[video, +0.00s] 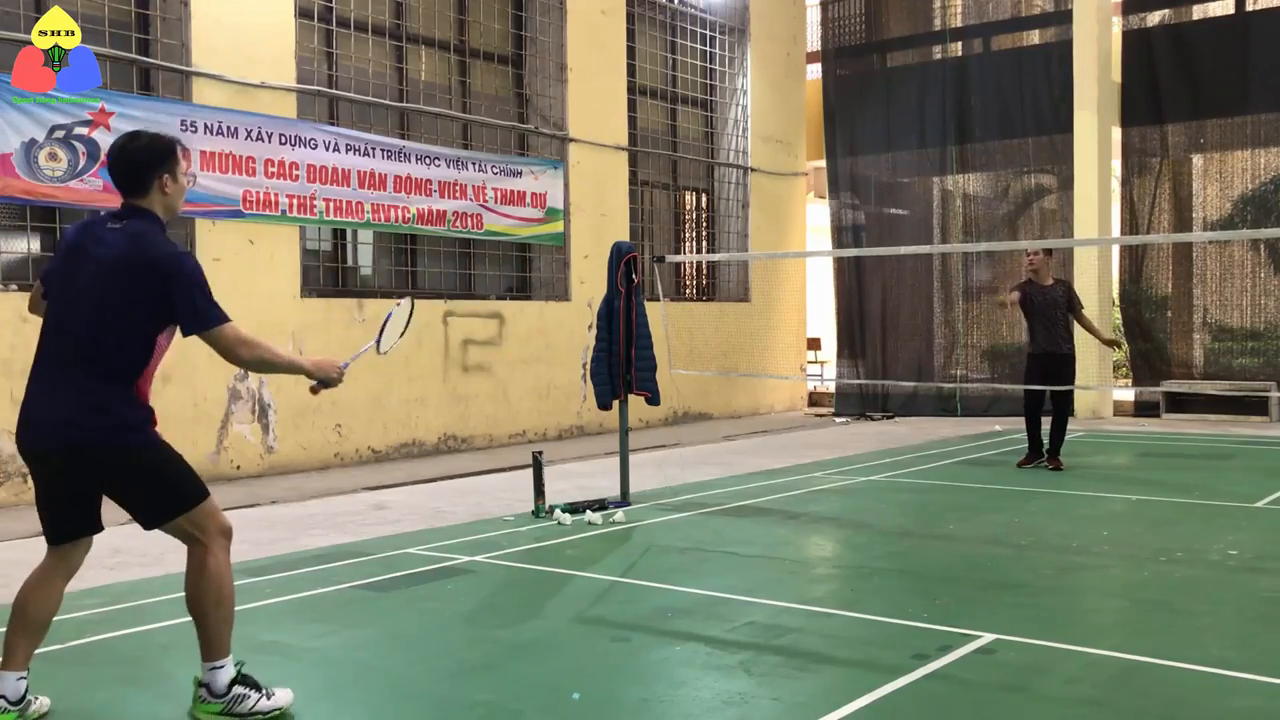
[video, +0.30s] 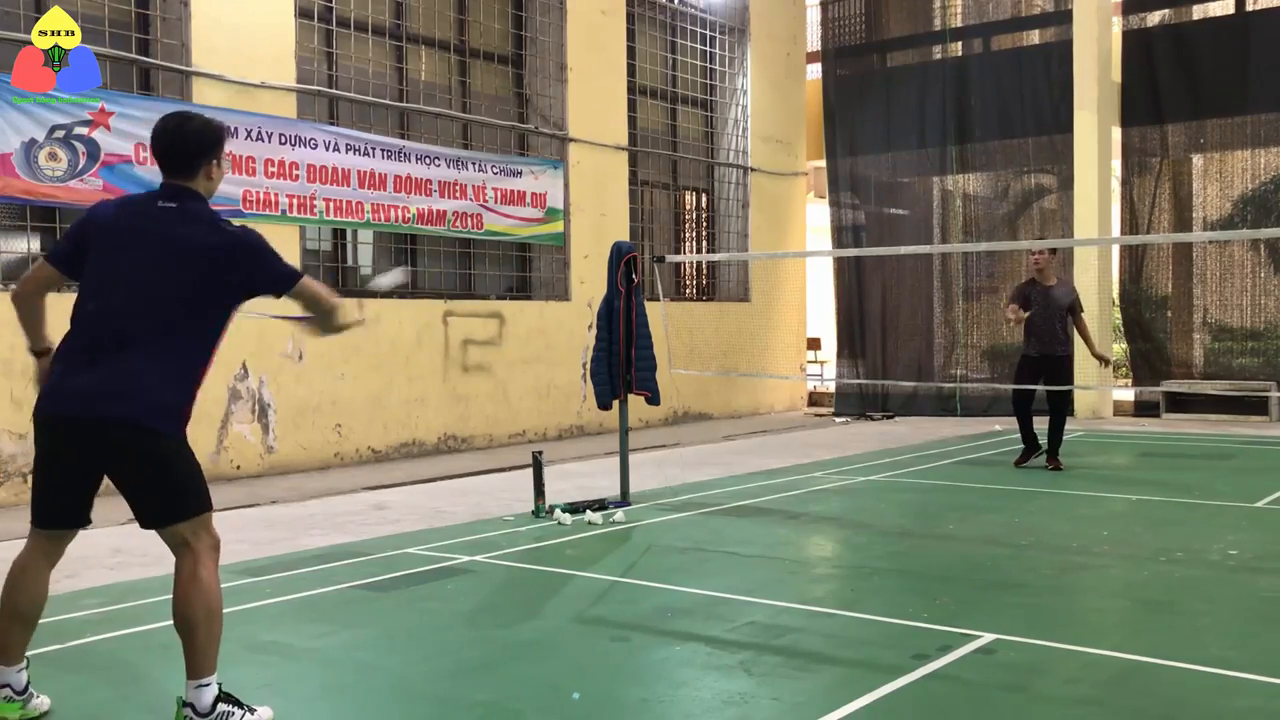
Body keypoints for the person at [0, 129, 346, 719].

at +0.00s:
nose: (188, 185)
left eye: (186, 174)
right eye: (184, 175)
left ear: (126, 185)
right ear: (163, 182)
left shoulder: (82, 235)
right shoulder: (170, 260)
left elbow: (38, 301)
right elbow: (236, 348)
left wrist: (107, 318)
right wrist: (308, 366)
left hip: (42, 427)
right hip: (111, 430)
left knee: (66, 549)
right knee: (210, 532)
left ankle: (8, 689)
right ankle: (219, 683)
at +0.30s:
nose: (225, 168)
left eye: (223, 158)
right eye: (223, 159)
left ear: (159, 162)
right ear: (212, 165)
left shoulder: (104, 218)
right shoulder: (232, 243)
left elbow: (26, 290)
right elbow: (326, 303)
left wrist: (41, 349)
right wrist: (326, 321)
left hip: (63, 412)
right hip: (145, 422)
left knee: (42, 544)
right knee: (197, 546)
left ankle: (9, 682)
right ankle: (203, 700)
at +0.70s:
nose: (177, 181)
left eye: (175, 168)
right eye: (173, 169)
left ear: (113, 175)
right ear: (152, 174)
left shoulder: (56, 227)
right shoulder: (156, 243)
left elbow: (1, 288)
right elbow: (238, 308)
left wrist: (13, 347)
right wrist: (331, 337)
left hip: (15, 431)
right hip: (85, 438)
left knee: (5, 551)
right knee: (158, 557)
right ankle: (198, 700)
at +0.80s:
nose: (160, 197)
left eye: (158, 184)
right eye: (155, 186)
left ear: (93, 193)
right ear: (129, 193)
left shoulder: (38, 242)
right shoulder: (118, 262)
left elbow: (15, 326)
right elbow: (189, 345)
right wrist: (282, 381)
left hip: (2, 443)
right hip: (41, 448)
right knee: (126, 566)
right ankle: (192, 701)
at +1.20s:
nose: (159, 171)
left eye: (158, 160)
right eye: (158, 161)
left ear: (90, 165)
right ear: (142, 168)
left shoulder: (22, 213)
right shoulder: (146, 240)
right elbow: (235, 312)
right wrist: (253, 322)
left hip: (1, 413)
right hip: (53, 425)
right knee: (106, 562)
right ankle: (124, 709)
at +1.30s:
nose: (167, 162)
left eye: (163, 152)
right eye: (165, 153)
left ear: (93, 157)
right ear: (156, 162)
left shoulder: (33, 206)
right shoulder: (180, 240)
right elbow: (293, 265)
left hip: (1, 413)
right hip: (64, 429)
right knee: (118, 562)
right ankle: (125, 710)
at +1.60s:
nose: (167, 141)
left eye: (163, 129)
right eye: (162, 131)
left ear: (97, 138)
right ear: (146, 140)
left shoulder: (34, 188)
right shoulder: (149, 218)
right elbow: (226, 294)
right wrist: (323, 338)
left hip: (4, 407)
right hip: (70, 421)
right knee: (107, 564)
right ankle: (124, 709)